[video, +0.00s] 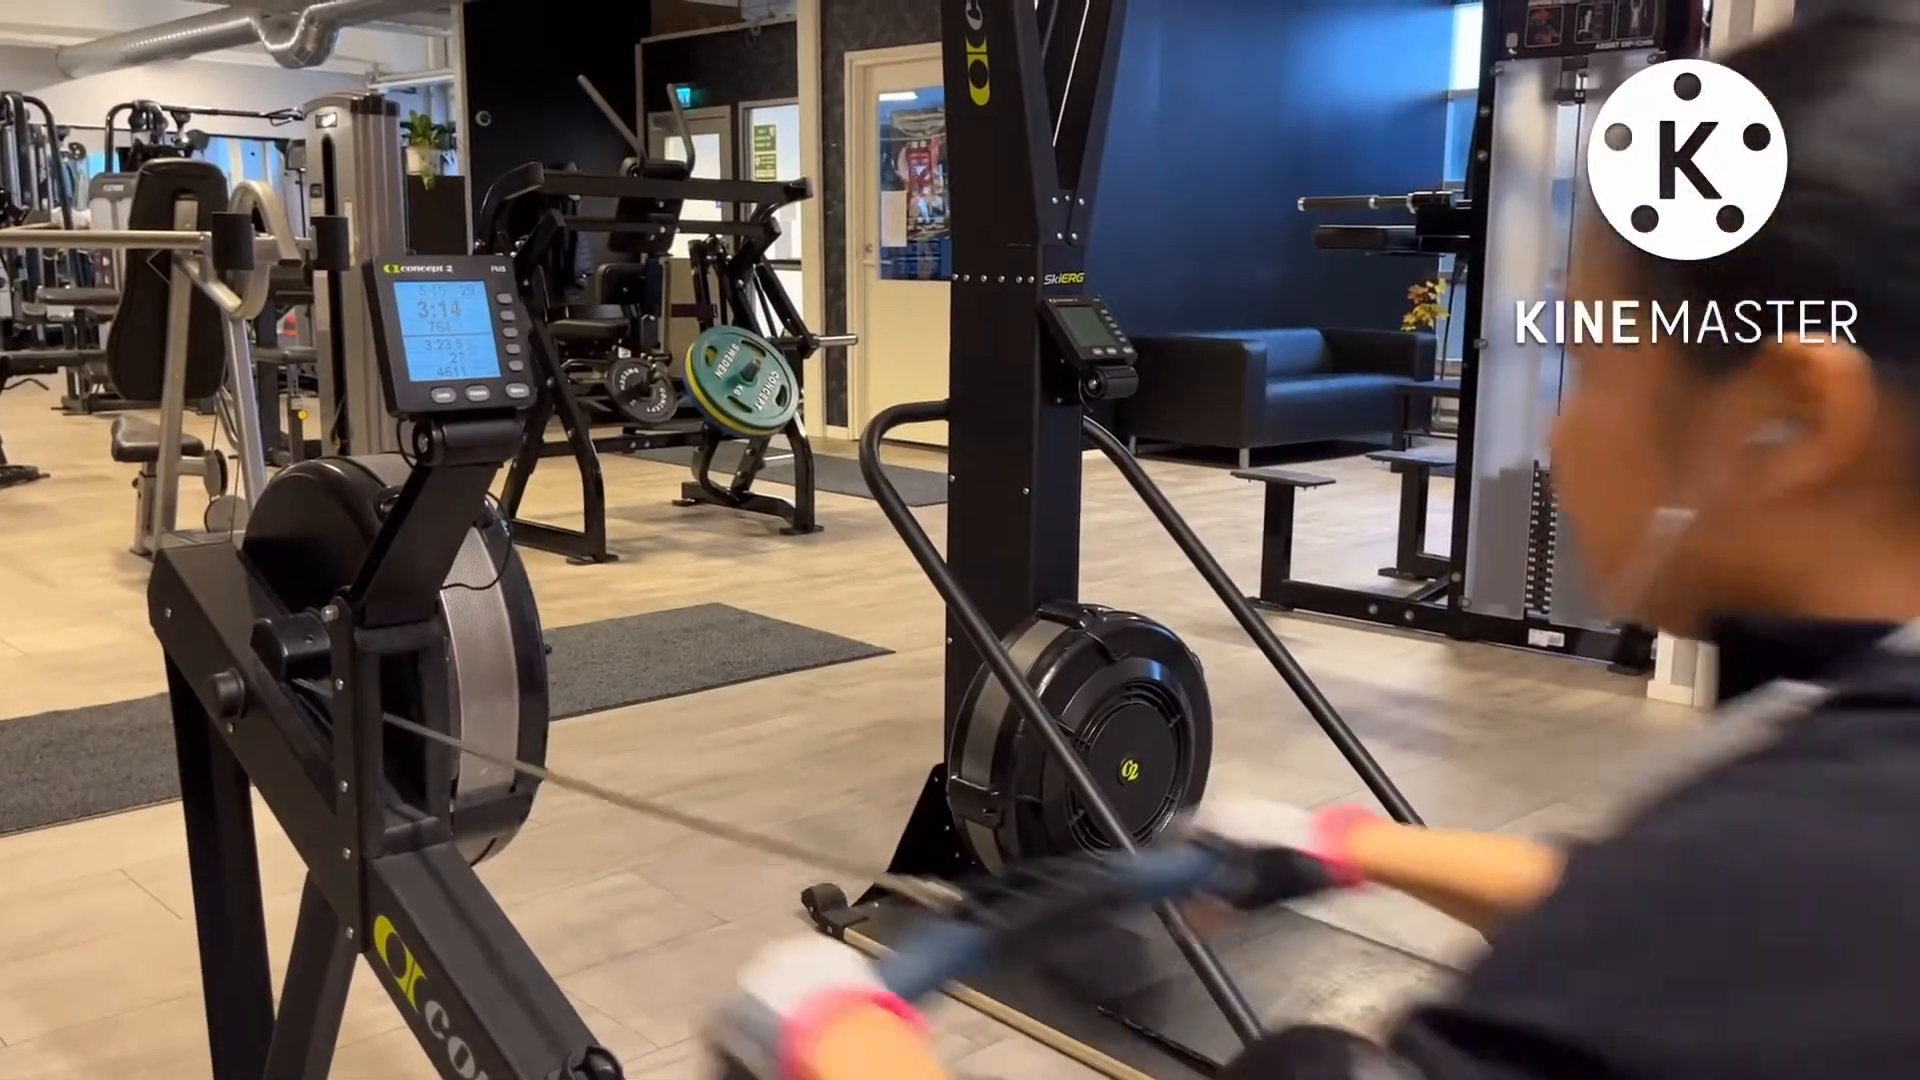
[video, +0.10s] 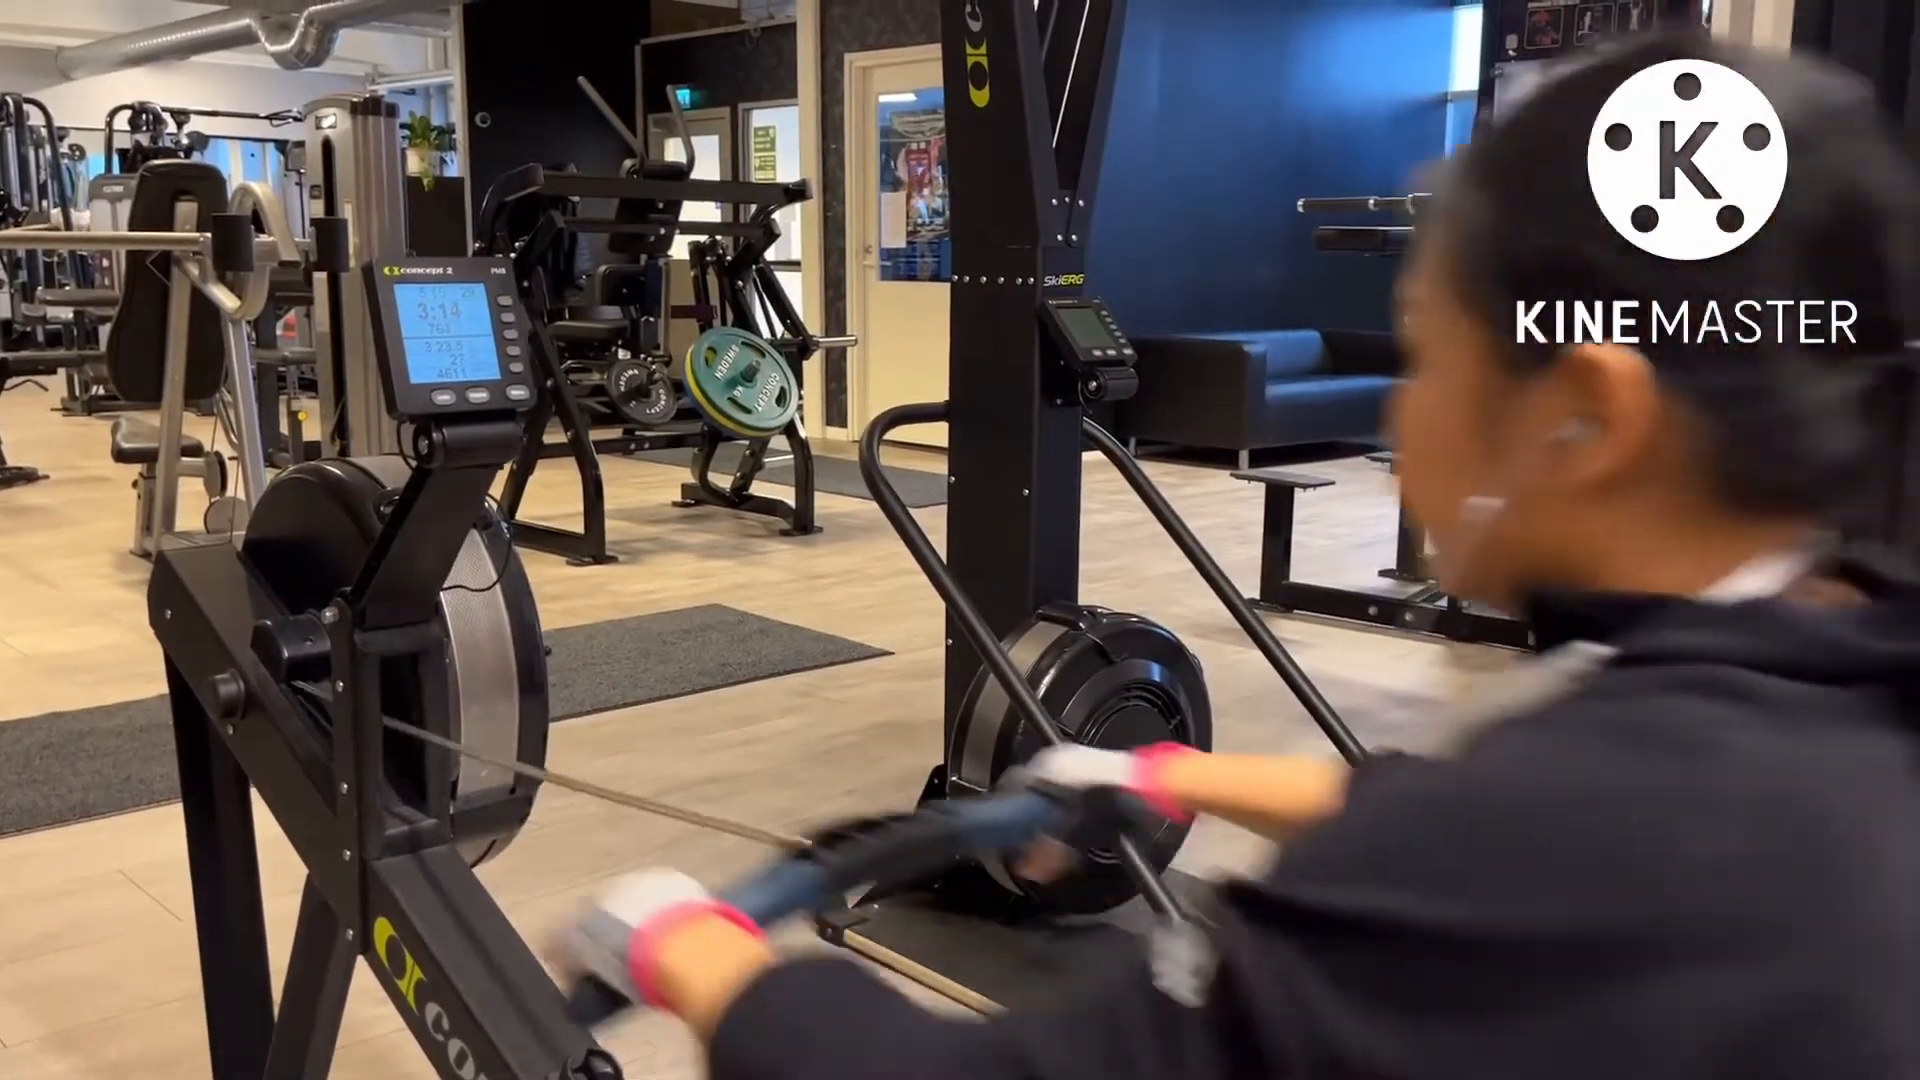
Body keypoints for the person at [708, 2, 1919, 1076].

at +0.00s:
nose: (1555, 428)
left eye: (1592, 349)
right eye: (1574, 350)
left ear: (1799, 422)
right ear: (1804, 430)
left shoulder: (1724, 904)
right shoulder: (1863, 739)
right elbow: (1732, 895)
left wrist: (886, 1071)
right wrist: (1380, 851)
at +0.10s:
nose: (1393, 420)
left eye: (1420, 363)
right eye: (1406, 361)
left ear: (1589, 416)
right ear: (1816, 394)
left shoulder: (1581, 818)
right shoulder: (1867, 673)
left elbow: (1078, 1061)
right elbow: (1605, 783)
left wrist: (738, 973)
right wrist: (1285, 792)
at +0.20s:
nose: (1242, 402)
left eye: (1268, 355)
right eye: (1255, 349)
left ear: (1406, 418)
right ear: (1624, 407)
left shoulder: (1350, 778)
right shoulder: (1725, 678)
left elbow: (904, 1000)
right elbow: (1487, 727)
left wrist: (622, 901)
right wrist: (1199, 745)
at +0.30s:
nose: (1114, 404)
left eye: (1138, 361)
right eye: (1128, 355)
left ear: (1259, 415)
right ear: (1464, 388)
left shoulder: (1179, 742)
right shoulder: (1545, 622)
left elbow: (787, 924)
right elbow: (1288, 694)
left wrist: (520, 842)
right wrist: (1027, 714)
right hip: (1694, 1040)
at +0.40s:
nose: (1017, 400)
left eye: (1036, 363)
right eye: (1030, 358)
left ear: (1139, 417)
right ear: (1338, 385)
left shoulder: (1049, 707)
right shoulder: (1429, 584)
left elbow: (717, 857)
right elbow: (1204, 677)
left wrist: (474, 811)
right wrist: (948, 689)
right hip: (1594, 1039)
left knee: (885, 981)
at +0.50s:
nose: (958, 400)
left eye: (976, 363)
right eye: (970, 359)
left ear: (1072, 423)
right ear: (1266, 393)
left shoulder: (996, 677)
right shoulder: (1357, 589)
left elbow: (659, 794)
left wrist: (427, 775)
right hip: (1535, 1045)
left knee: (854, 971)